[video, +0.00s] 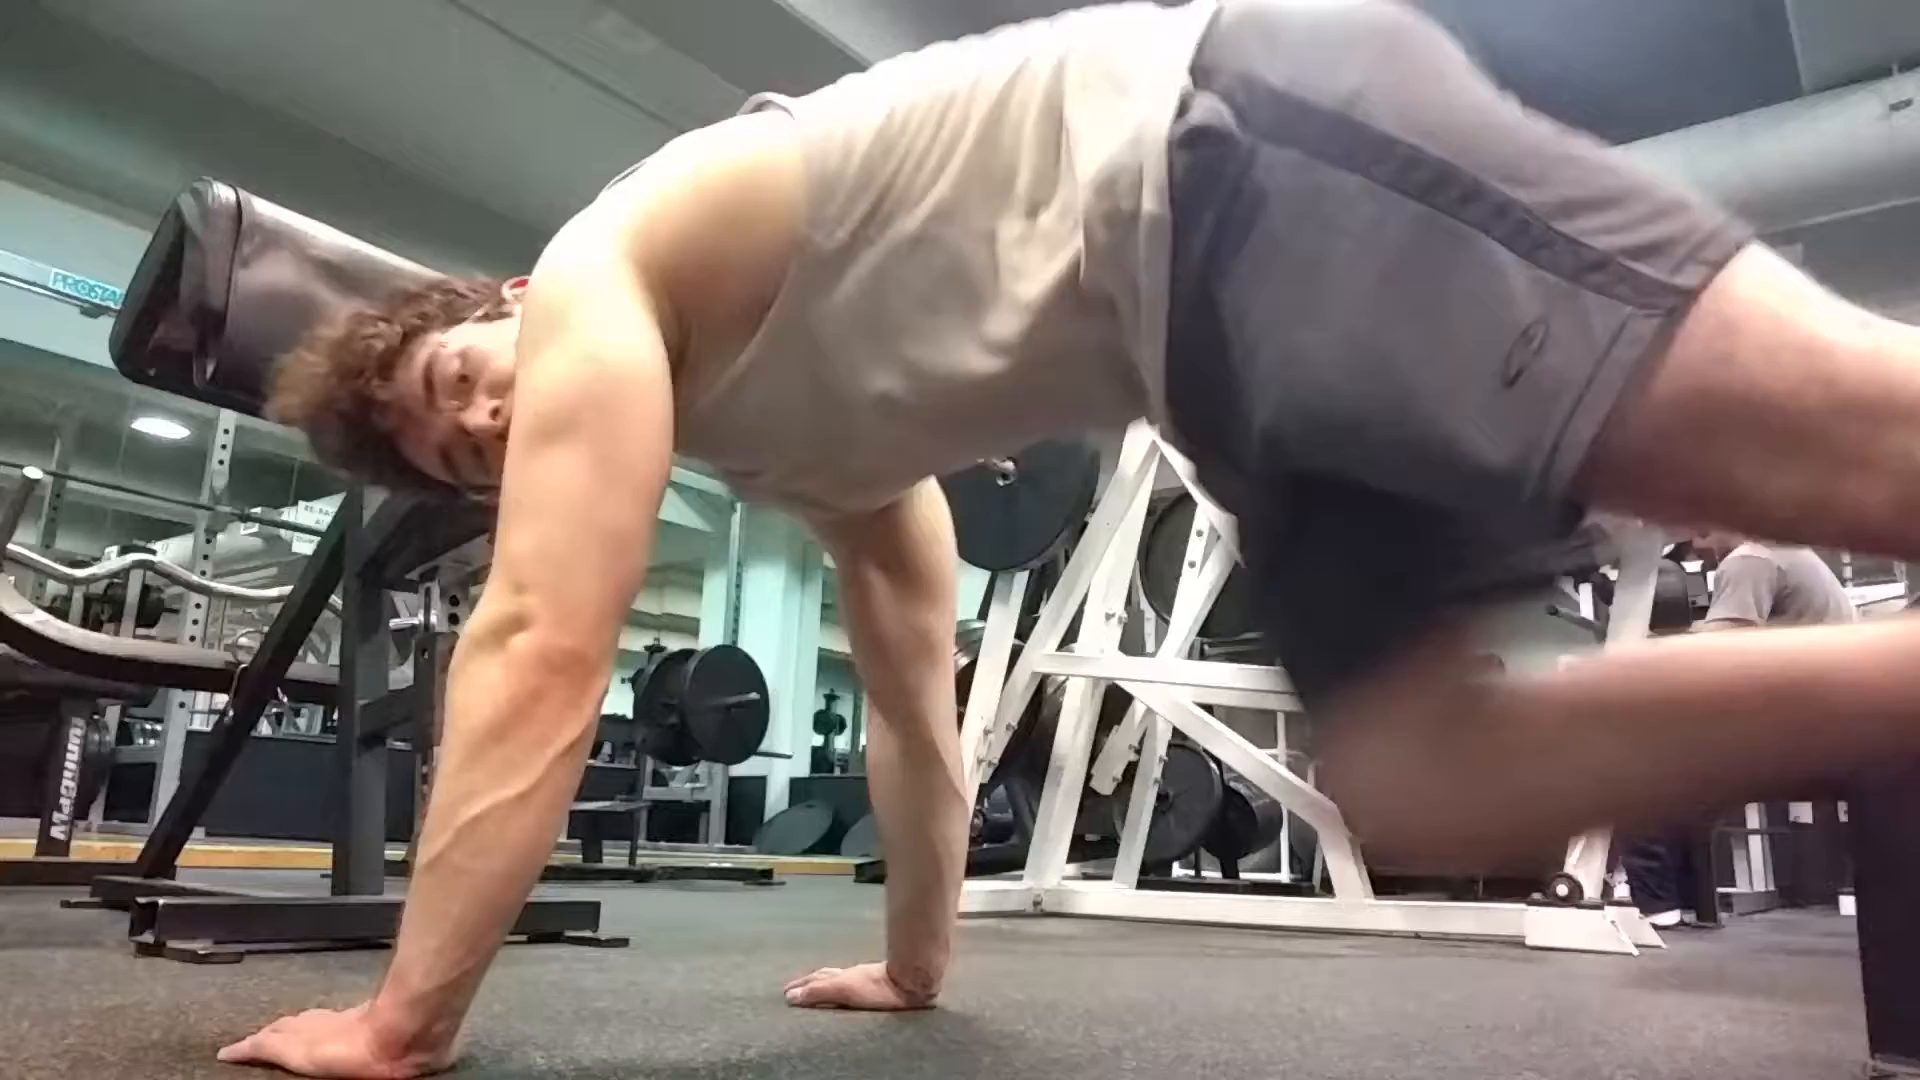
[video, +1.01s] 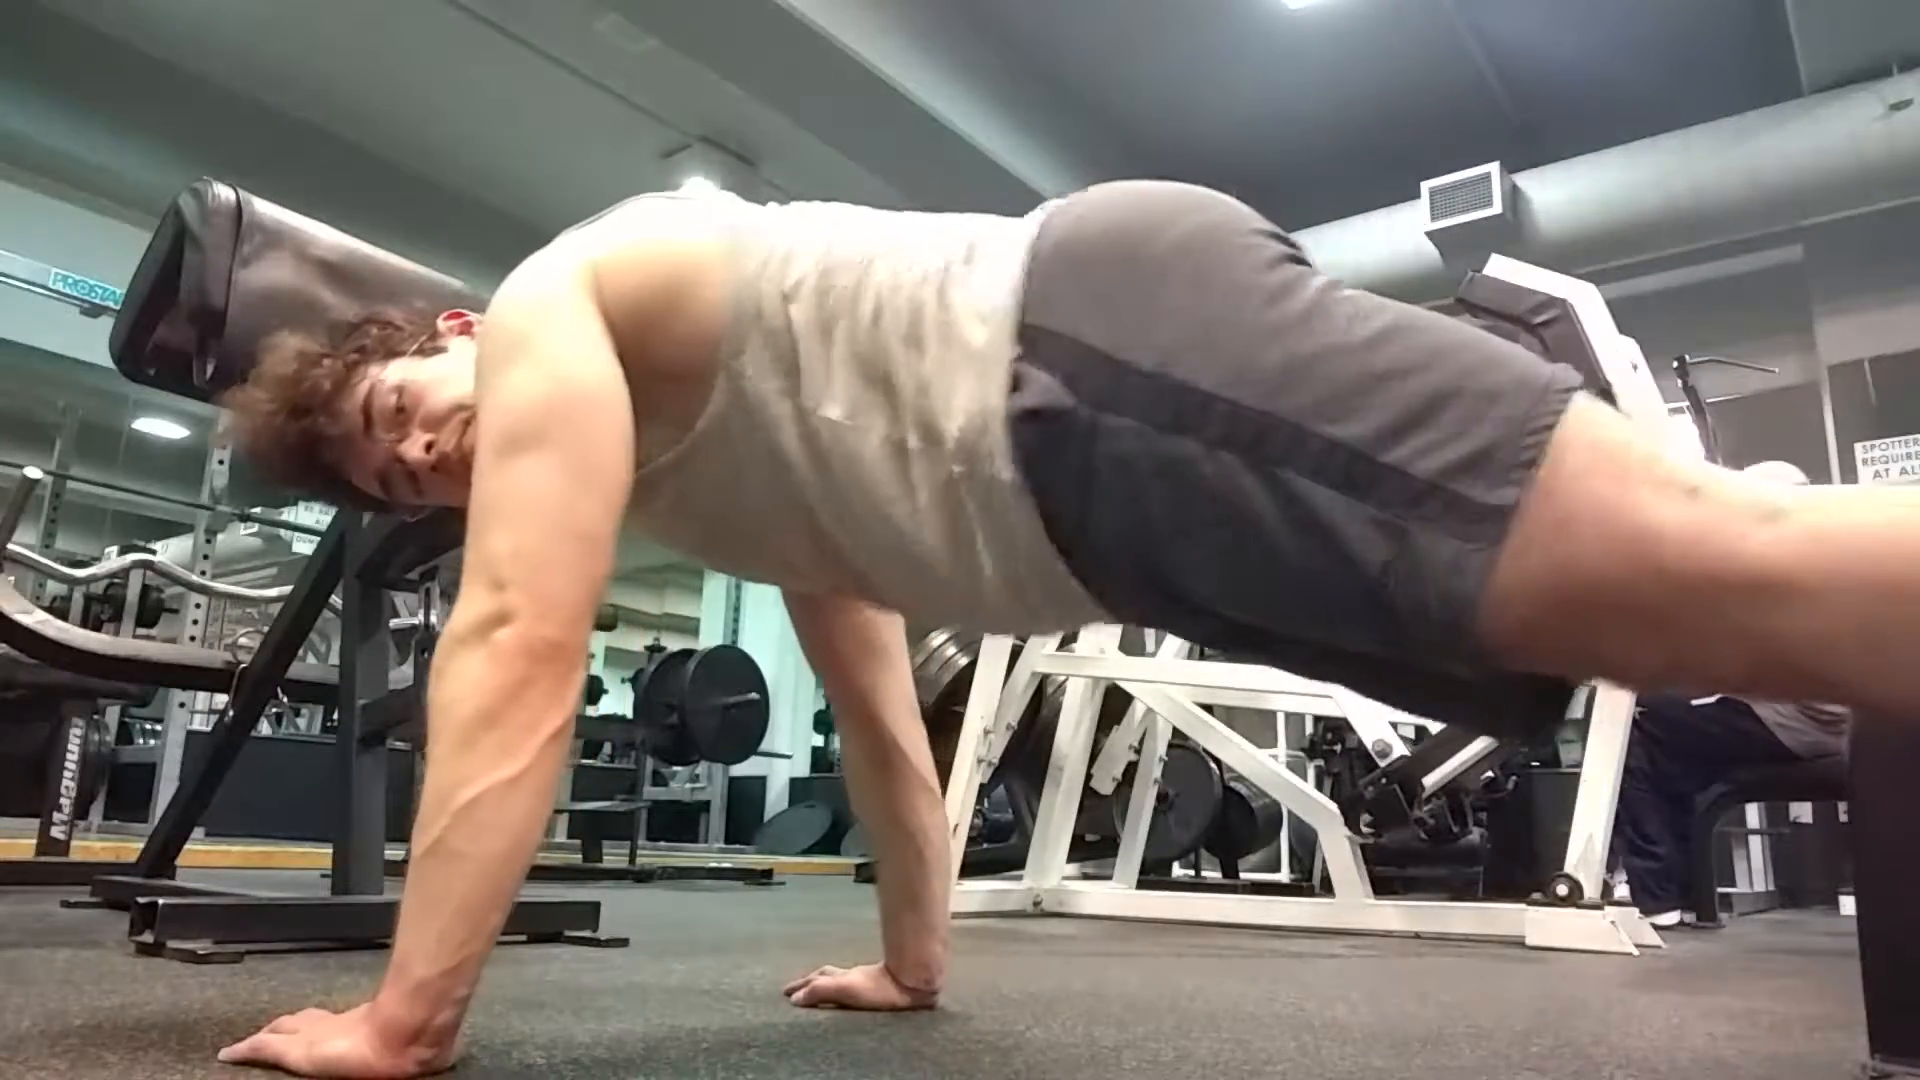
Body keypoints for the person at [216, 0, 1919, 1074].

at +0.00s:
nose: (453, 424)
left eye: (439, 375)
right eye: (421, 442)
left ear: (484, 304)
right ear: (448, 467)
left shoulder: (596, 279)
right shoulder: (810, 427)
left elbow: (539, 655)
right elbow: (908, 673)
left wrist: (407, 1008)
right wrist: (916, 965)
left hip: (1234, 155)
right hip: (1223, 366)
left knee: (1843, 435)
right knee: (1421, 794)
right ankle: (1914, 683)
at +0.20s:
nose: (448, 408)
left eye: (435, 360)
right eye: (416, 430)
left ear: (489, 290)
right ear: (447, 460)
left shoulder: (621, 276)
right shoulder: (812, 423)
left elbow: (543, 665)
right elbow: (904, 675)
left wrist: (404, 1011)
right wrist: (919, 964)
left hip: (1265, 232)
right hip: (1262, 404)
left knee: (1861, 486)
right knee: (1803, 656)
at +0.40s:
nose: (463, 418)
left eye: (449, 366)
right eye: (432, 437)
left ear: (500, 292)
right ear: (457, 462)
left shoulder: (639, 285)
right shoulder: (812, 436)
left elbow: (564, 670)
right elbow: (906, 674)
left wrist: (411, 1006)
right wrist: (921, 967)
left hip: (1285, 250)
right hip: (1298, 425)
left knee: (1875, 497)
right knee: (1847, 607)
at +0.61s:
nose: (437, 419)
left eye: (422, 366)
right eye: (400, 442)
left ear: (473, 288)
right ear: (414, 470)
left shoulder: (624, 296)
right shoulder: (774, 417)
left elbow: (552, 665)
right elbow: (891, 660)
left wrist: (410, 1007)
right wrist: (919, 959)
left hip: (1266, 317)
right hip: (1274, 473)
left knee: (1883, 505)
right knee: (1854, 644)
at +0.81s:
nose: (410, 438)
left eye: (387, 385)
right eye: (368, 456)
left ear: (436, 306)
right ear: (383, 474)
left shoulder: (587, 312)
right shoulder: (730, 425)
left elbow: (529, 656)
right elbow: (882, 678)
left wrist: (405, 1013)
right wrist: (920, 957)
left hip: (1157, 354)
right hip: (1174, 498)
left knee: (1798, 551)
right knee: (1783, 650)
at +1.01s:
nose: (388, 458)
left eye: (366, 407)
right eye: (350, 475)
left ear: (420, 321)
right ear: (373, 489)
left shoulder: (552, 314)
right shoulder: (722, 431)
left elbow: (513, 655)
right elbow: (874, 696)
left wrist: (404, 1015)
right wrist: (919, 960)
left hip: (1101, 366)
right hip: (1116, 491)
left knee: (1711, 563)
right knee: (1689, 616)